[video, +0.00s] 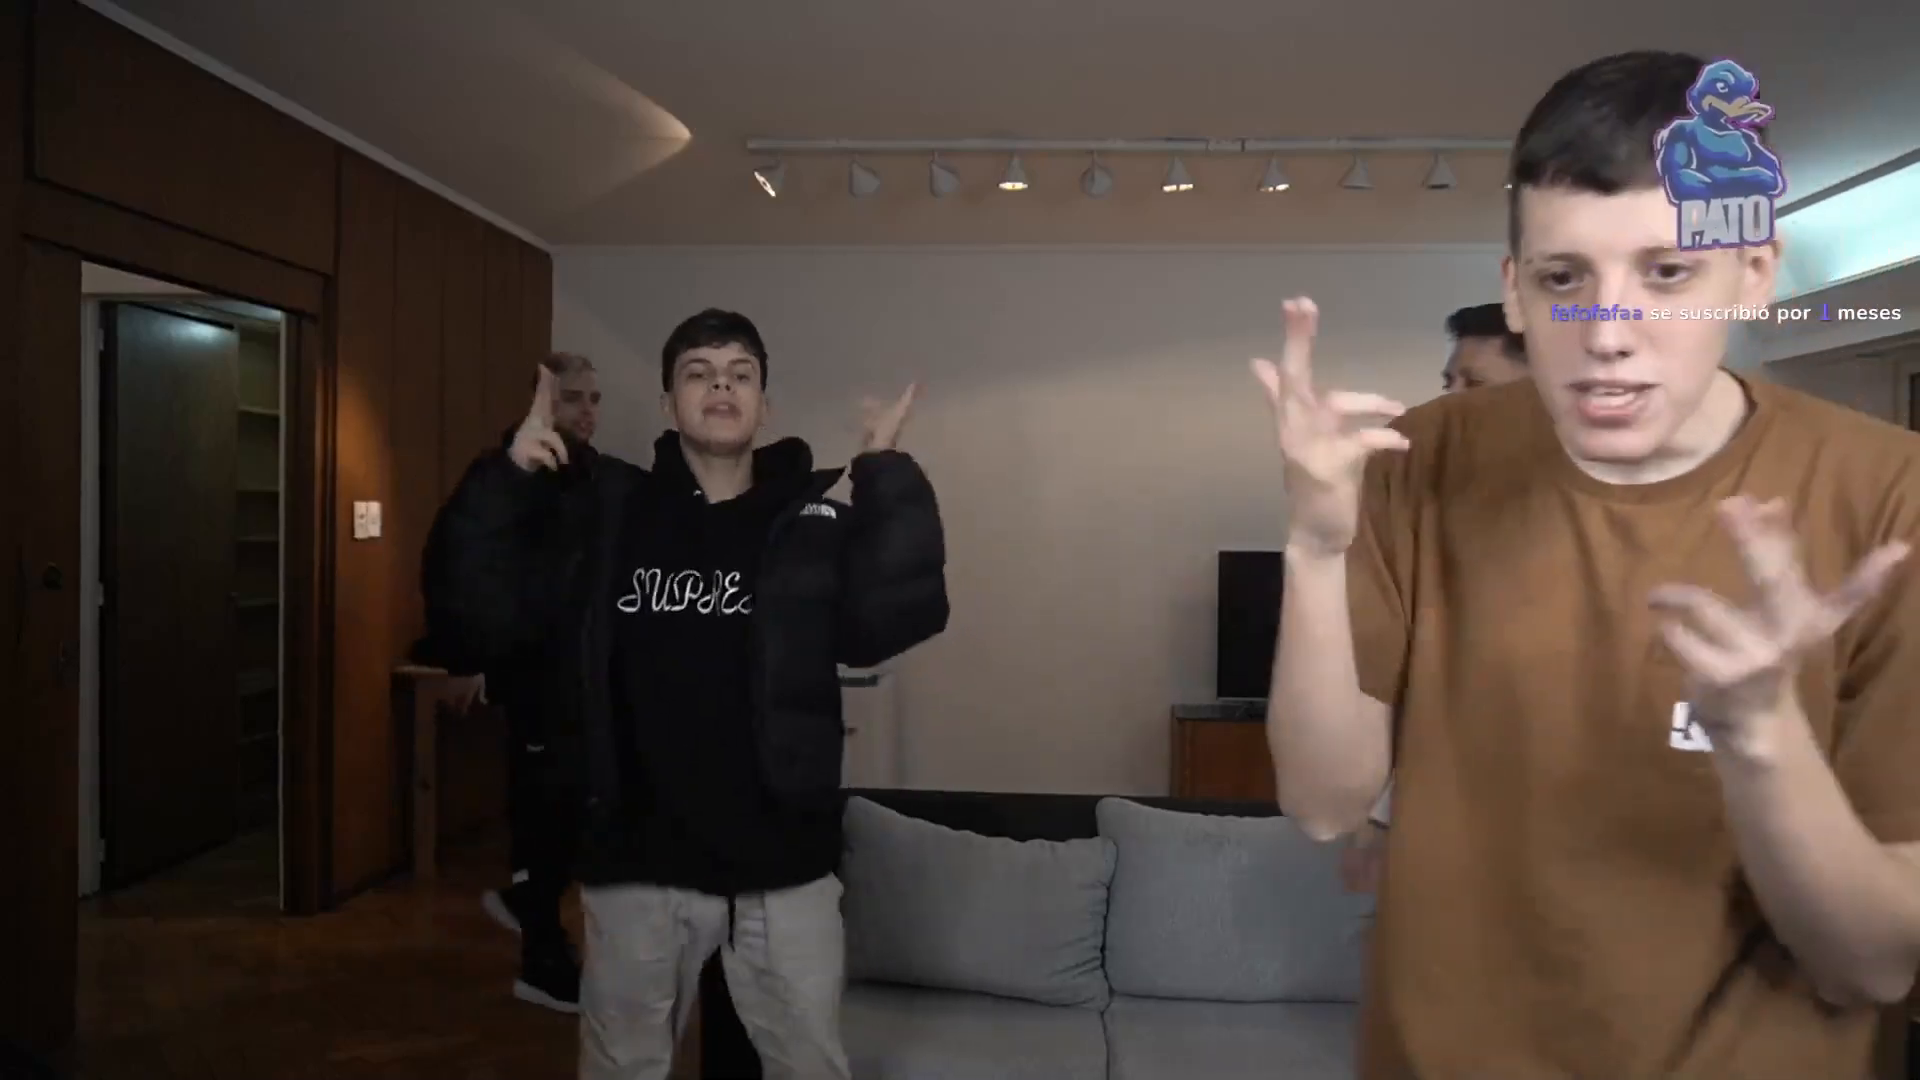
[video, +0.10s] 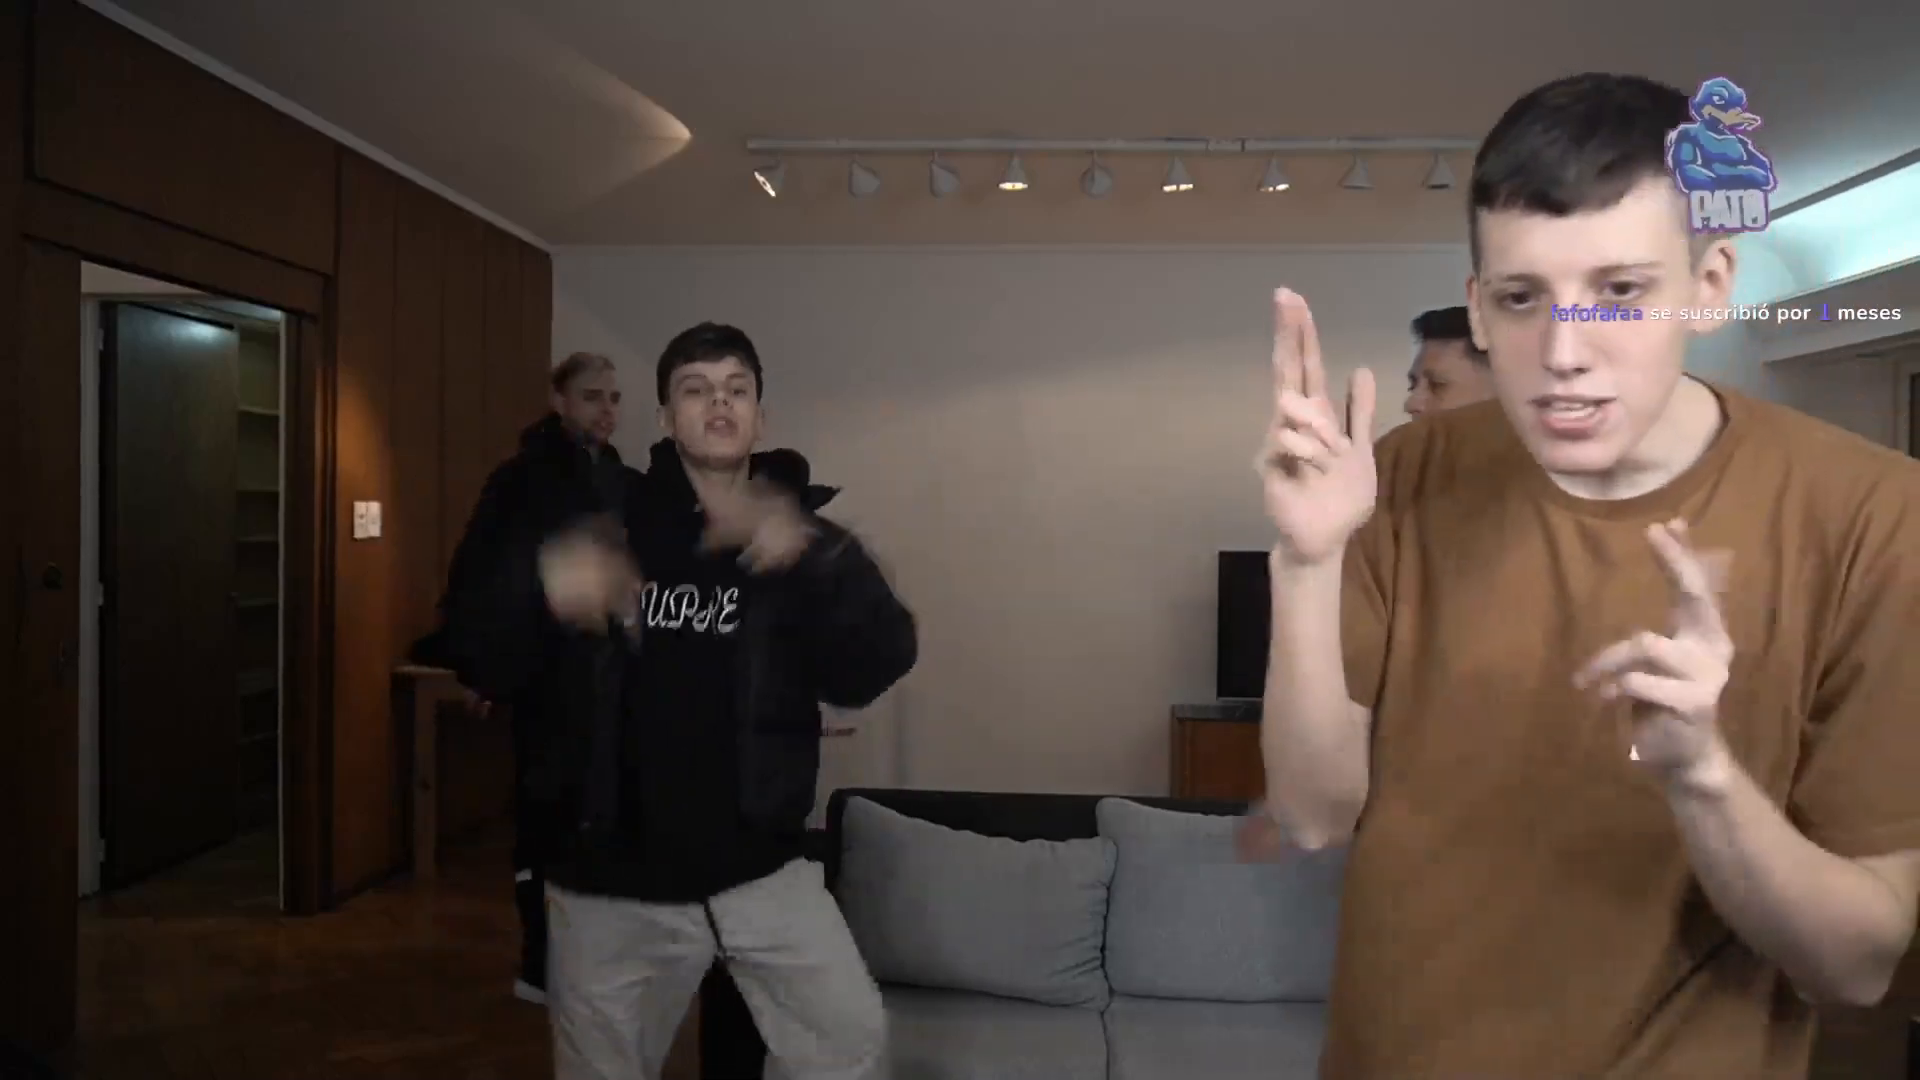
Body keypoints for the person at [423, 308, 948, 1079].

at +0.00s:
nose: (722, 388)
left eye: (742, 375)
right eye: (700, 374)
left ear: (765, 405)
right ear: (669, 404)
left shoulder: (810, 517)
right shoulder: (608, 508)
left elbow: (889, 627)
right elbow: (466, 621)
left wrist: (886, 474)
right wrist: (510, 475)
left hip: (782, 850)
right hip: (641, 849)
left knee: (811, 1066)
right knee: (622, 1064)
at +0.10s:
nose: (721, 405)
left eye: (738, 389)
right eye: (698, 390)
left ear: (760, 412)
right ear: (666, 413)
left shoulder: (803, 538)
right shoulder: (604, 527)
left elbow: (879, 662)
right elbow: (478, 653)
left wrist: (811, 554)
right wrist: (546, 586)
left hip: (763, 866)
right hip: (615, 871)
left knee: (847, 1042)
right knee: (602, 1066)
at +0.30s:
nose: (708, 386)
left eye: (727, 378)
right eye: (686, 377)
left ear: (753, 413)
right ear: (656, 410)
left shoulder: (814, 542)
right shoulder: (586, 513)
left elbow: (809, 675)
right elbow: (556, 681)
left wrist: (667, 646)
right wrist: (724, 737)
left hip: (751, 859)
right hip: (606, 857)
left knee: (793, 1066)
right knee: (595, 1067)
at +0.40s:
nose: (707, 377)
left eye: (726, 368)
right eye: (686, 367)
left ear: (752, 400)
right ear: (653, 400)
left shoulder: (812, 521)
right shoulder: (590, 506)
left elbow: (821, 656)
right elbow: (552, 662)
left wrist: (677, 649)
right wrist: (712, 713)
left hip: (765, 843)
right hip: (624, 840)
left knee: (785, 1059)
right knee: (619, 1061)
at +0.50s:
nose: (709, 382)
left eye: (729, 372)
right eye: (687, 372)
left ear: (755, 404)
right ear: (659, 403)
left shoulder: (822, 524)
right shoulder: (603, 515)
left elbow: (851, 667)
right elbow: (552, 676)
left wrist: (734, 722)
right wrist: (675, 648)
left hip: (780, 857)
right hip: (636, 858)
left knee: (797, 1066)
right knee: (621, 1066)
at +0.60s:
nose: (719, 396)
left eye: (739, 383)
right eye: (697, 383)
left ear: (764, 414)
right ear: (669, 412)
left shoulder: (836, 543)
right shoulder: (615, 530)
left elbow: (868, 705)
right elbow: (565, 691)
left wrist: (749, 771)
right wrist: (684, 743)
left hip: (799, 872)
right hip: (650, 871)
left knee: (814, 1070)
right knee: (583, 1064)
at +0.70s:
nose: (731, 409)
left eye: (751, 395)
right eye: (709, 394)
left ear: (775, 421)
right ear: (679, 419)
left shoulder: (848, 554)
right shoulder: (623, 544)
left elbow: (894, 703)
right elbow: (567, 696)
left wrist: (824, 800)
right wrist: (626, 807)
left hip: (814, 895)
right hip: (660, 891)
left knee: (821, 1073)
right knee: (592, 1069)